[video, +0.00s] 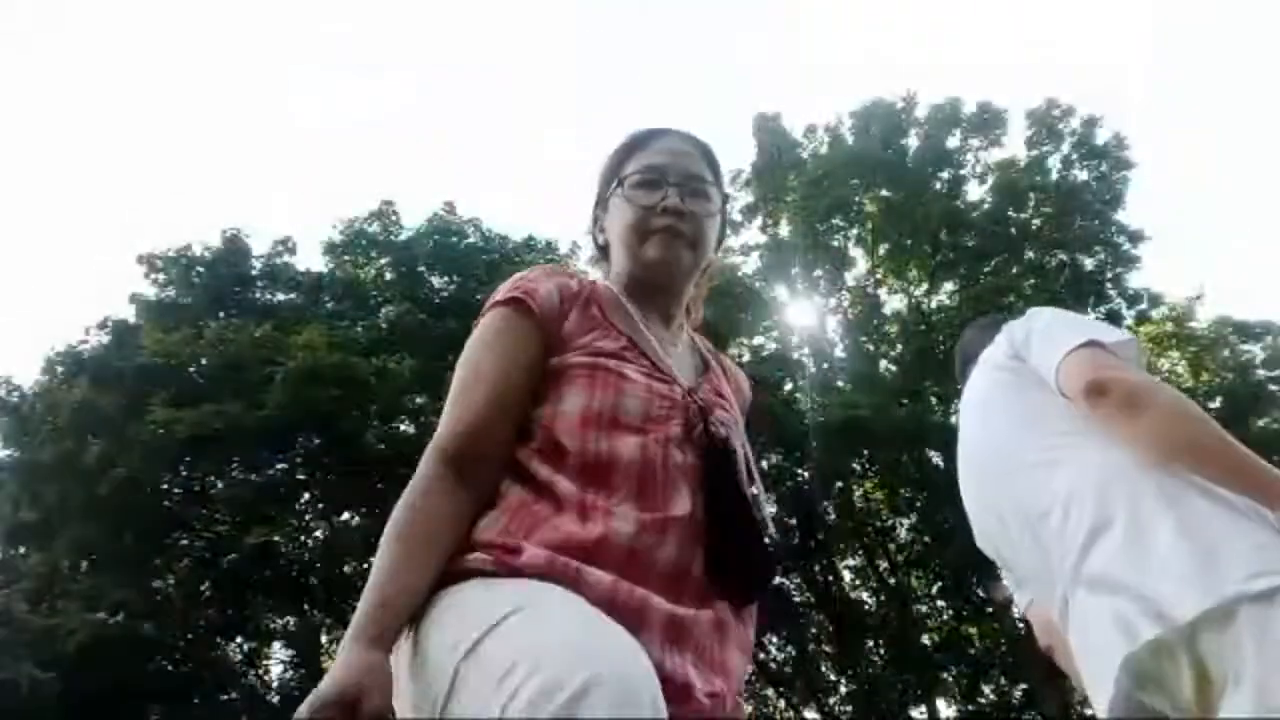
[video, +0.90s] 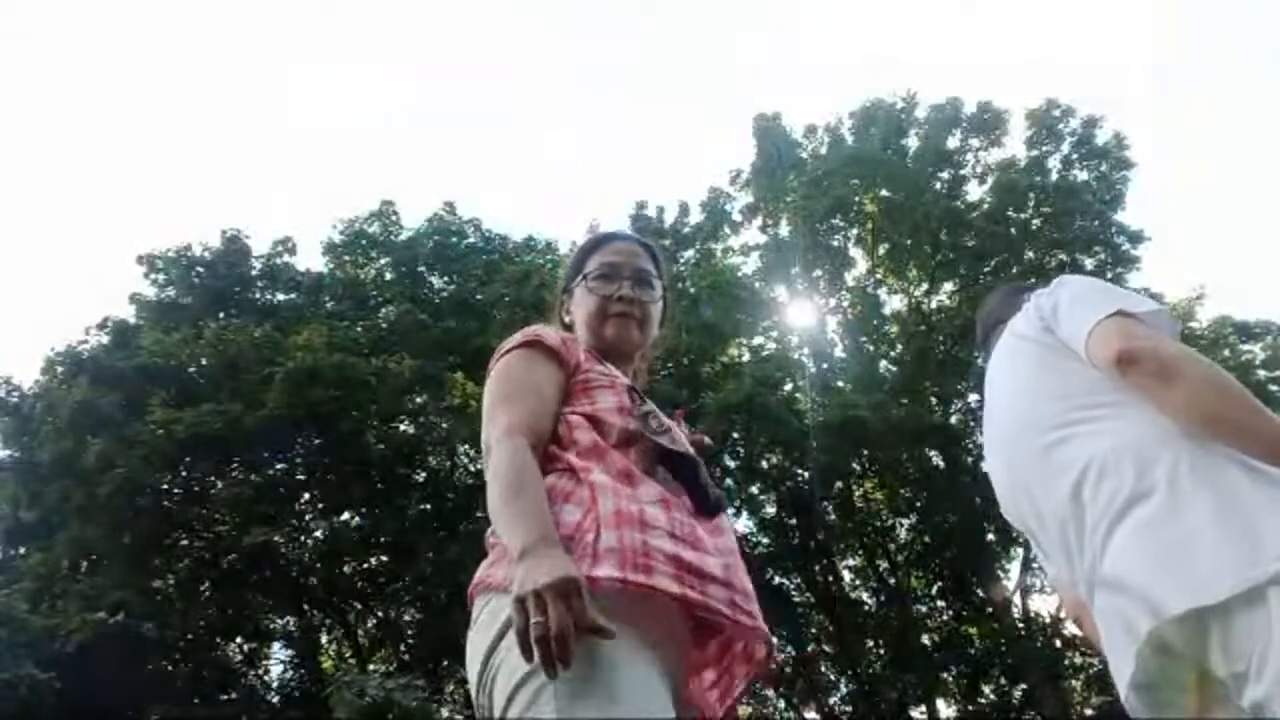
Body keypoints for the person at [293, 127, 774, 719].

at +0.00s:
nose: (673, 200)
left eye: (697, 189)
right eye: (648, 183)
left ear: (721, 233)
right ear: (604, 218)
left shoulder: (728, 382)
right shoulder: (549, 301)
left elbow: (719, 534)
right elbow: (454, 470)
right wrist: (365, 645)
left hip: (686, 673)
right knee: (605, 685)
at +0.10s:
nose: (662, 211)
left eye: (685, 201)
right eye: (639, 193)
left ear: (706, 242)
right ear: (596, 225)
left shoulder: (713, 379)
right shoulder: (549, 298)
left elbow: (716, 533)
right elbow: (470, 444)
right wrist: (412, 584)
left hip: (689, 626)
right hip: (538, 575)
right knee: (609, 695)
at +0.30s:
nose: (642, 275)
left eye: (662, 264)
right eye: (620, 260)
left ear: (686, 296)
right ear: (584, 290)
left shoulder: (694, 415)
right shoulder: (554, 355)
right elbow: (490, 479)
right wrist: (480, 555)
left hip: (690, 645)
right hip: (561, 607)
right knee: (611, 705)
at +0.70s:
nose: (630, 295)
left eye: (648, 286)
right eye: (609, 282)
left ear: (668, 318)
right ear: (576, 310)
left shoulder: (678, 435)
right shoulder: (552, 360)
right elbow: (507, 460)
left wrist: (773, 669)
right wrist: (522, 554)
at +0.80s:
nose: (629, 292)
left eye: (646, 283)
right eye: (608, 279)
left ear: (663, 315)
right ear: (573, 306)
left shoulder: (662, 420)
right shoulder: (552, 352)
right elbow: (509, 445)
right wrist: (529, 549)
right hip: (581, 613)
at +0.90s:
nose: (626, 290)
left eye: (643, 282)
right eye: (604, 277)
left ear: (660, 315)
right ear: (569, 304)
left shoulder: (655, 420)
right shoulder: (547, 348)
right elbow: (509, 442)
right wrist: (536, 552)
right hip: (568, 615)